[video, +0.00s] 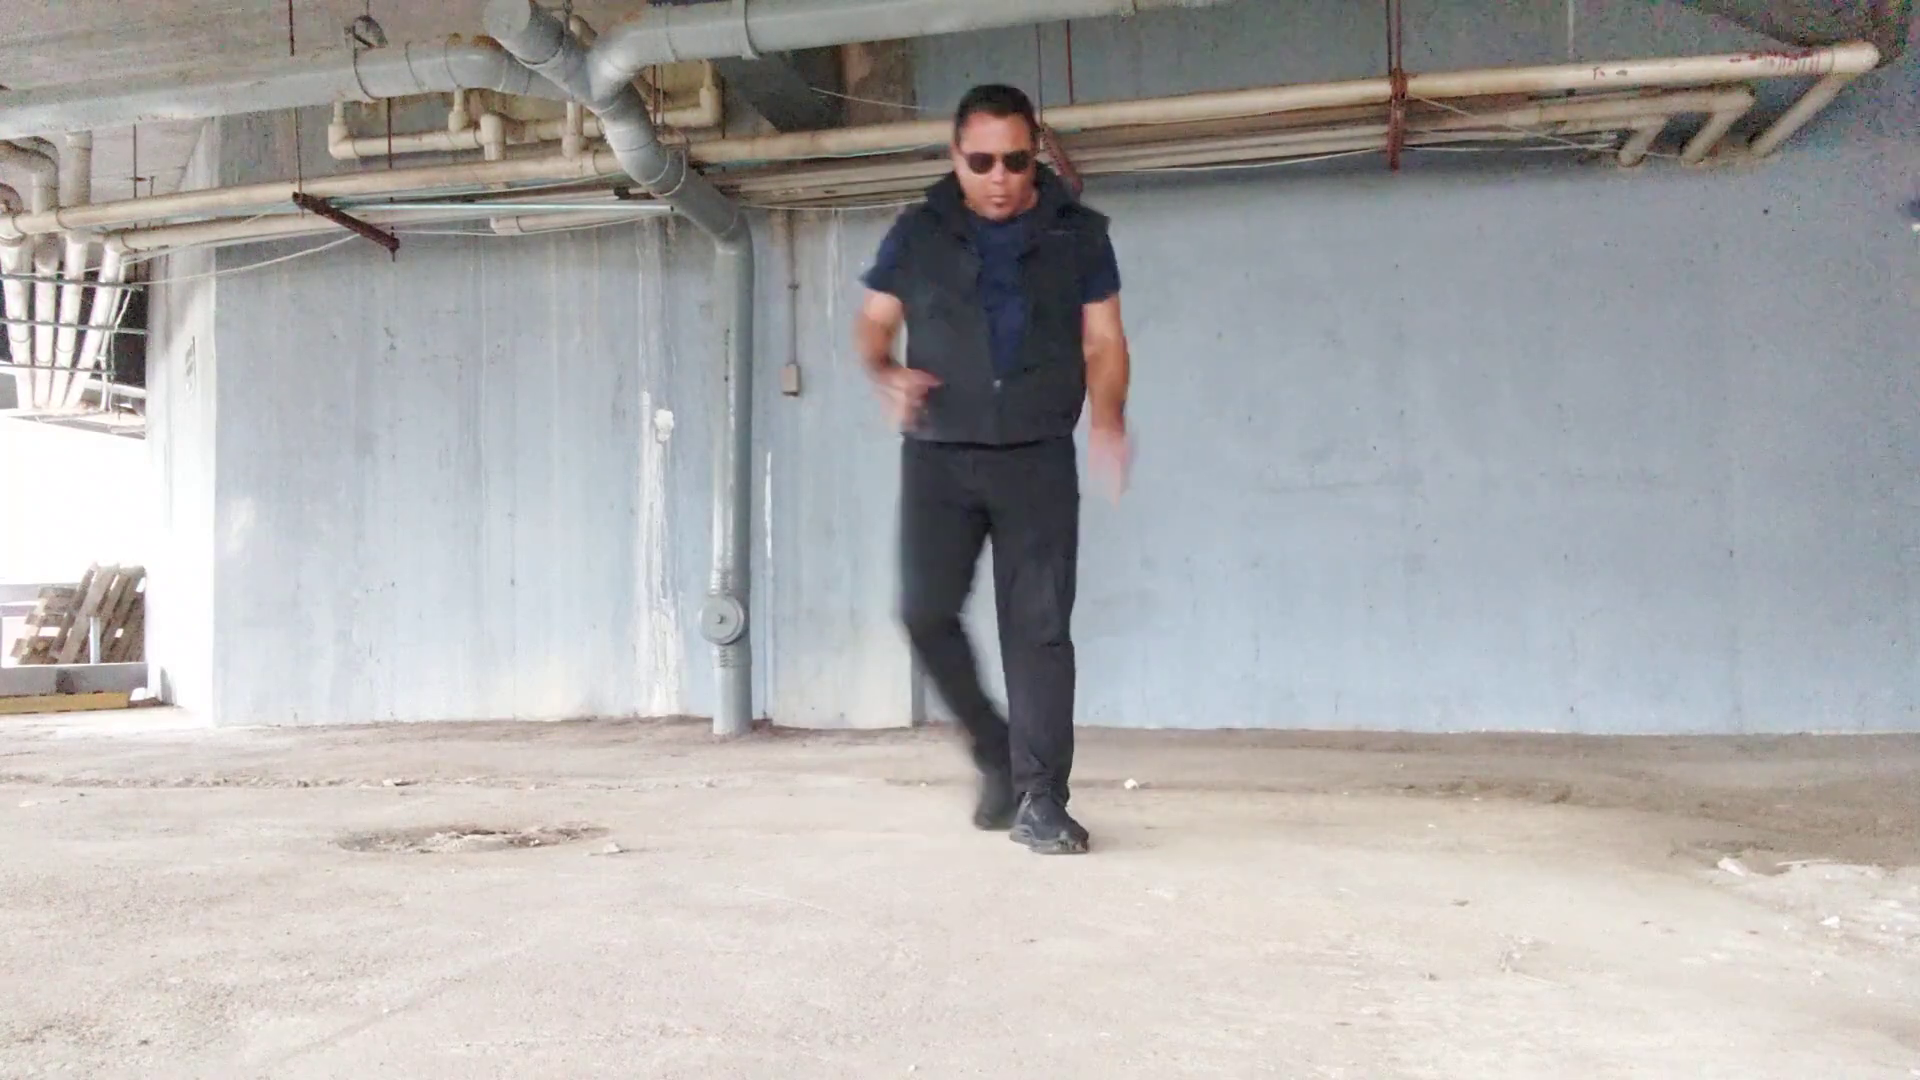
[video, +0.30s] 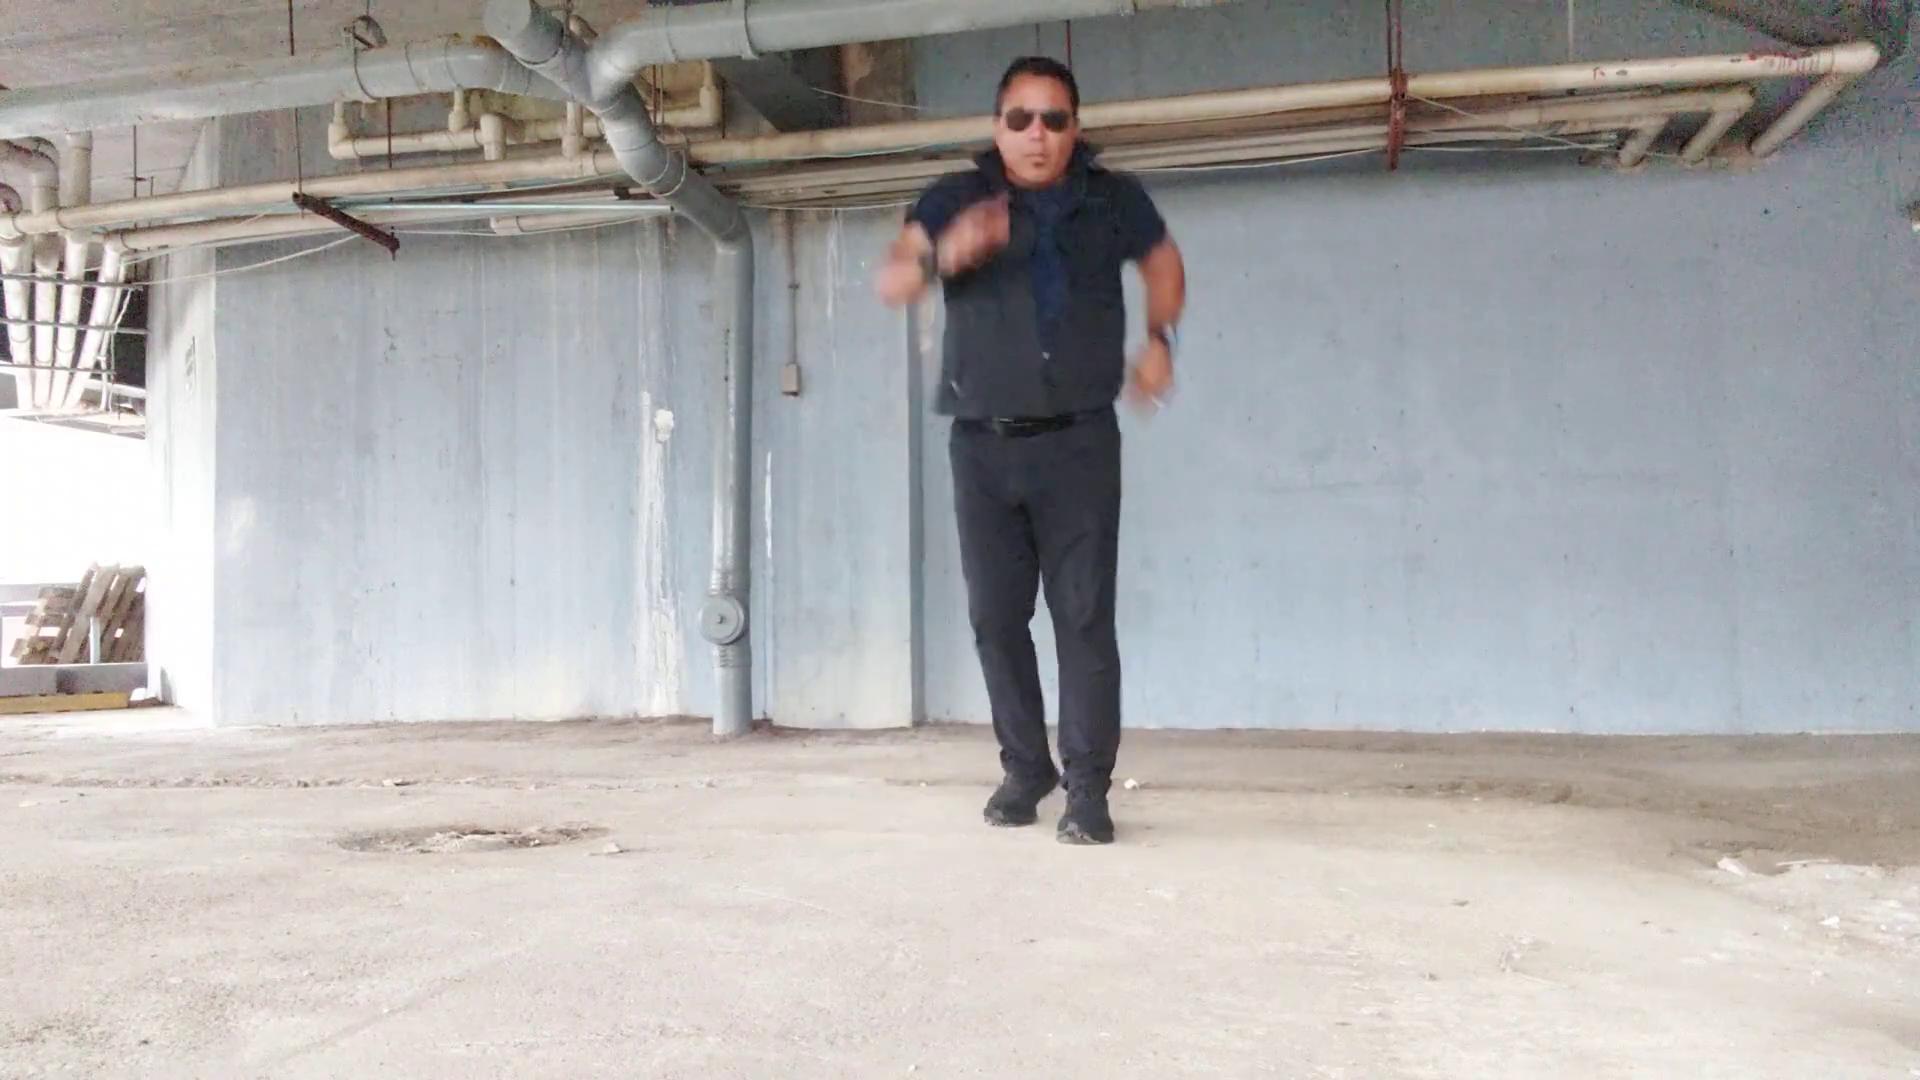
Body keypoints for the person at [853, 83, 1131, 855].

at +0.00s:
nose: (999, 179)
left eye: (1015, 162)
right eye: (981, 163)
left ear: (1037, 158)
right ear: (955, 158)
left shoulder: (1077, 232)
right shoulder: (921, 229)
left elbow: (1105, 340)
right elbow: (874, 324)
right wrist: (885, 372)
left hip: (1038, 460)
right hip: (939, 460)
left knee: (1039, 628)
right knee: (925, 614)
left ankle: (1042, 796)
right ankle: (997, 749)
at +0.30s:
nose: (1035, 133)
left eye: (1052, 120)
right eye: (1020, 119)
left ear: (1076, 128)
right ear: (996, 126)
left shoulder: (1112, 198)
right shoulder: (956, 198)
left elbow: (1162, 261)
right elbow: (889, 283)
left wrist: (1159, 338)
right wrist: (944, 251)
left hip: (1078, 439)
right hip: (981, 442)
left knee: (1083, 615)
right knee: (995, 615)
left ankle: (1087, 787)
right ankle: (1025, 769)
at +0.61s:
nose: (1055, 133)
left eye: (1071, 118)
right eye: (1038, 119)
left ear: (1093, 127)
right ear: (1014, 128)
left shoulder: (1137, 210)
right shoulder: (972, 207)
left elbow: (1213, 278)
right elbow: (869, 246)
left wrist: (1248, 280)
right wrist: (916, 192)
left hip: (1097, 444)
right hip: (995, 444)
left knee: (1098, 618)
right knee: (991, 607)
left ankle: (1086, 785)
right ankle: (1003, 769)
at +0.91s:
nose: (1053, 117)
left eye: (1068, 105)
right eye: (1035, 107)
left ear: (1089, 121)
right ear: (1012, 125)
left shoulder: (1121, 194)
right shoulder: (977, 217)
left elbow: (1181, 229)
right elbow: (920, 317)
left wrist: (1079, 184)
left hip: (1097, 438)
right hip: (1000, 439)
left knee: (1099, 614)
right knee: (973, 578)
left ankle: (1088, 786)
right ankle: (1003, 698)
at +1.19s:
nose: (1035, 130)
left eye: (1051, 115)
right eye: (1017, 114)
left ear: (1071, 124)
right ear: (989, 125)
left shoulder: (1103, 187)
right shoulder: (950, 203)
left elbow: (1118, 248)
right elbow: (932, 288)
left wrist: (1009, 216)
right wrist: (968, 349)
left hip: (1090, 422)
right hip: (991, 422)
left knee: (1096, 600)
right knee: (986, 556)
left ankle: (1110, 778)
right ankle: (1010, 677)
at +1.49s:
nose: (983, 153)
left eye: (1002, 137)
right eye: (966, 136)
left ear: (1029, 138)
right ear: (943, 134)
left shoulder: (1062, 208)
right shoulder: (902, 191)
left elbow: (1162, 264)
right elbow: (806, 220)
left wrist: (1138, 363)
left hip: (1011, 450)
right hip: (915, 450)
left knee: (1022, 616)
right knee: (922, 631)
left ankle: (1064, 761)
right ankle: (932, 814)